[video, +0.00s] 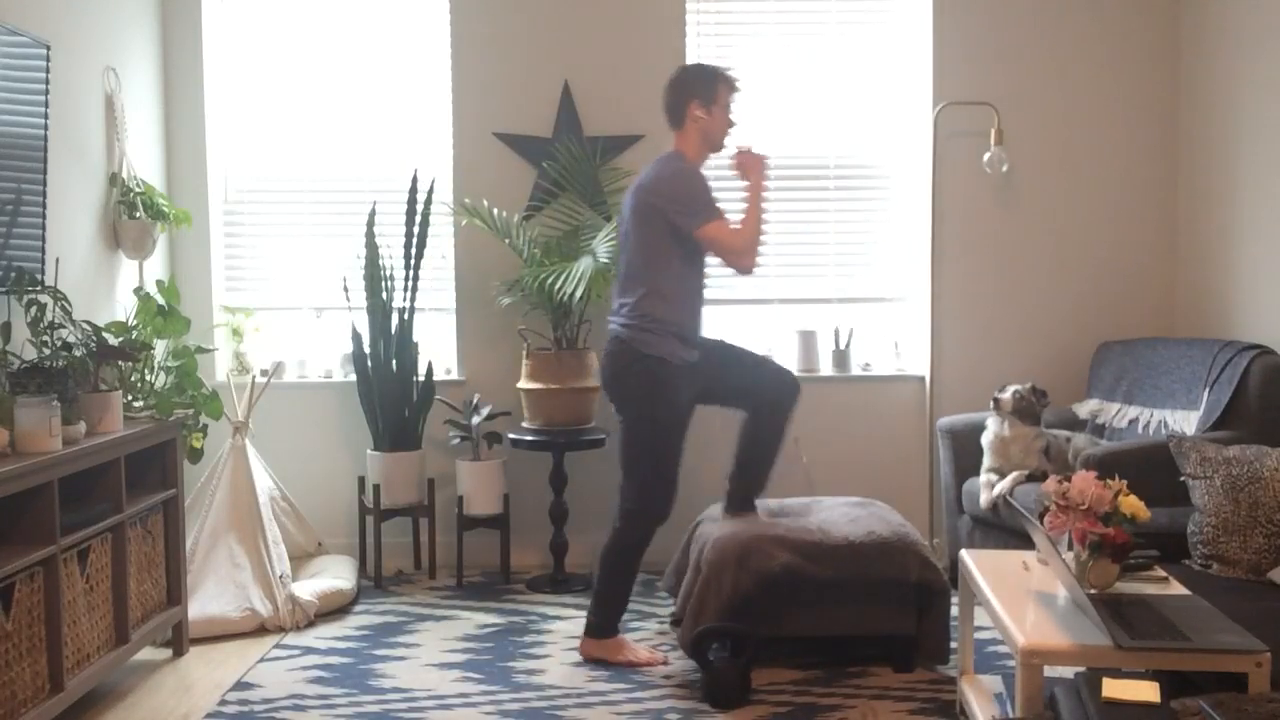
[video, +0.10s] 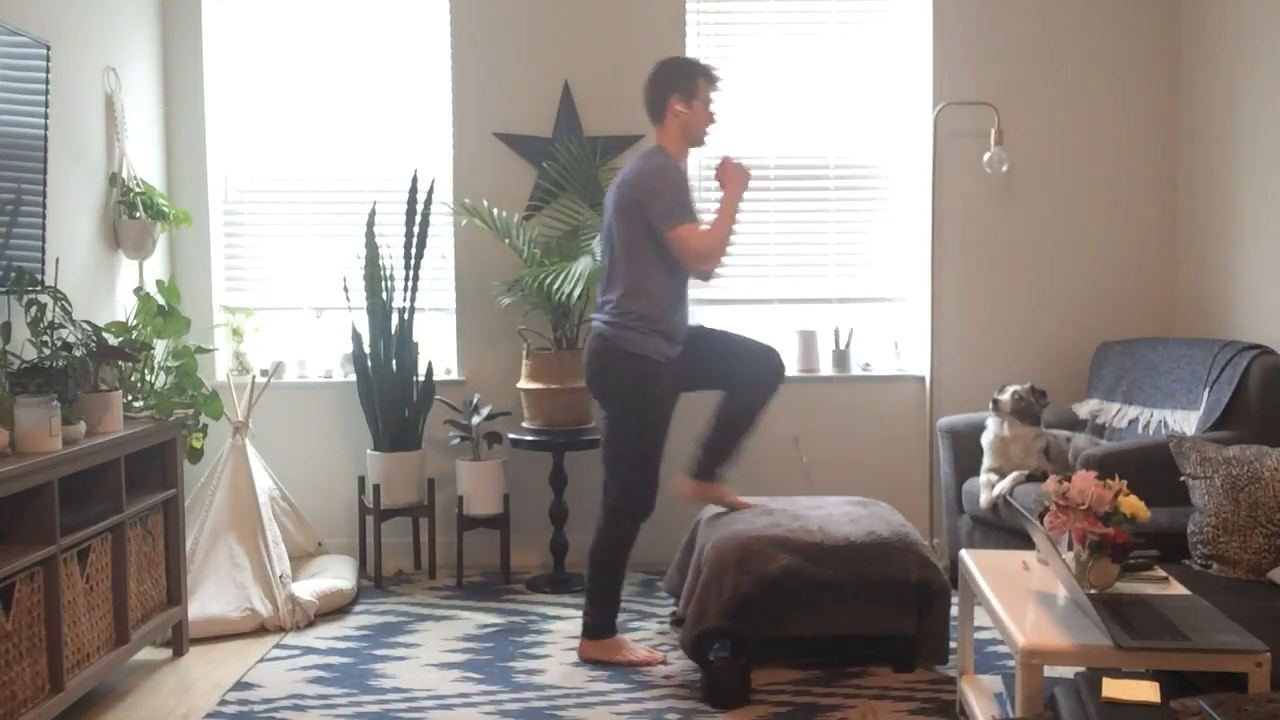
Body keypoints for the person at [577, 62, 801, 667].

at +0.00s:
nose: (731, 122)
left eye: (731, 111)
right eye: (726, 111)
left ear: (690, 114)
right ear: (696, 113)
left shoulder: (674, 178)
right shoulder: (671, 177)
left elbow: (738, 258)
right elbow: (742, 253)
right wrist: (756, 185)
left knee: (778, 387)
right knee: (646, 504)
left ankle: (739, 516)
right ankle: (600, 636)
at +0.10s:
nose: (713, 113)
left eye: (712, 102)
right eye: (707, 102)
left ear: (676, 108)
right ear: (677, 106)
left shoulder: (667, 171)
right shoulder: (652, 171)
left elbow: (700, 262)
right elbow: (701, 255)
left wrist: (726, 206)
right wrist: (730, 195)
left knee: (763, 366)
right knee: (628, 500)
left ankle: (704, 476)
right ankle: (597, 636)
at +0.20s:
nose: (695, 110)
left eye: (694, 99)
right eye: (688, 98)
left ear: (655, 104)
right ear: (659, 103)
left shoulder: (632, 169)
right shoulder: (638, 170)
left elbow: (646, 263)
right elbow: (657, 262)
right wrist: (718, 221)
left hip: (643, 345)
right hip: (621, 352)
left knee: (745, 388)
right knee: (621, 498)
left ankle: (647, 468)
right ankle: (596, 635)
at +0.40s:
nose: (670, 110)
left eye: (670, 100)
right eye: (662, 99)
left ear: (640, 103)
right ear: (629, 101)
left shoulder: (634, 175)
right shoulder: (608, 170)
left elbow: (637, 280)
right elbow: (589, 270)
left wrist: (705, 302)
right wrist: (662, 317)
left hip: (634, 353)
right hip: (610, 354)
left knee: (660, 481)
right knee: (613, 494)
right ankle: (596, 636)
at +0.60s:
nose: (664, 112)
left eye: (662, 102)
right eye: (655, 102)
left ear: (632, 109)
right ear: (624, 108)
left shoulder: (642, 193)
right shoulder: (599, 178)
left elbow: (682, 272)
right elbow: (559, 271)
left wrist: (719, 214)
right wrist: (556, 362)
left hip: (615, 358)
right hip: (607, 358)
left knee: (600, 493)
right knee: (669, 487)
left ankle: (576, 620)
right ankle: (609, 616)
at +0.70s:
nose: (667, 109)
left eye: (665, 99)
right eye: (656, 99)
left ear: (640, 109)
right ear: (624, 108)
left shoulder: (649, 192)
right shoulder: (595, 179)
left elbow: (702, 254)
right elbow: (542, 262)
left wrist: (710, 185)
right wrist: (525, 352)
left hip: (616, 349)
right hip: (603, 349)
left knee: (598, 487)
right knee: (716, 433)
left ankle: (577, 616)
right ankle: (624, 529)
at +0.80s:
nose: (676, 109)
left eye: (674, 99)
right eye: (665, 99)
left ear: (644, 111)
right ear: (633, 109)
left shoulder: (661, 193)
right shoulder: (599, 180)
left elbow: (721, 238)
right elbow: (538, 254)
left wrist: (707, 175)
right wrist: (516, 346)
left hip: (626, 344)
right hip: (604, 343)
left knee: (605, 484)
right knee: (741, 374)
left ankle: (578, 617)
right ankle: (644, 464)